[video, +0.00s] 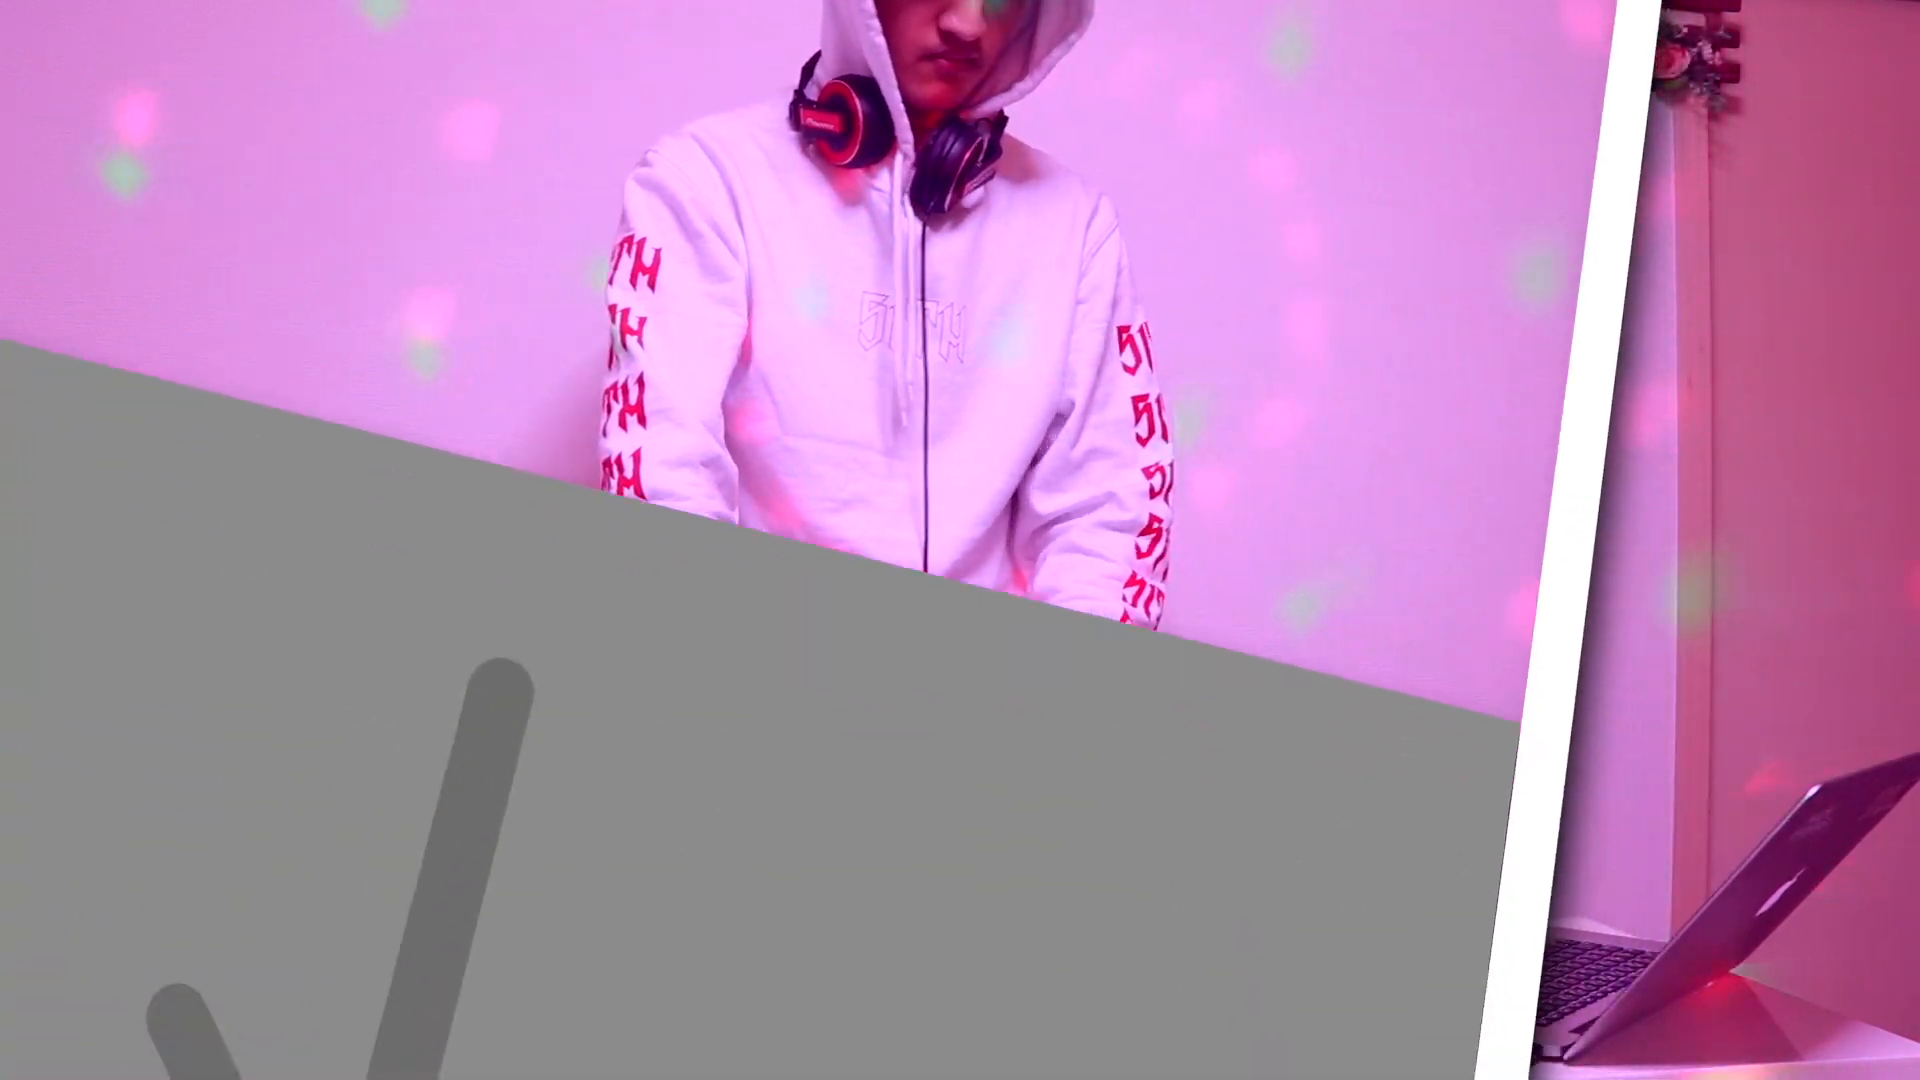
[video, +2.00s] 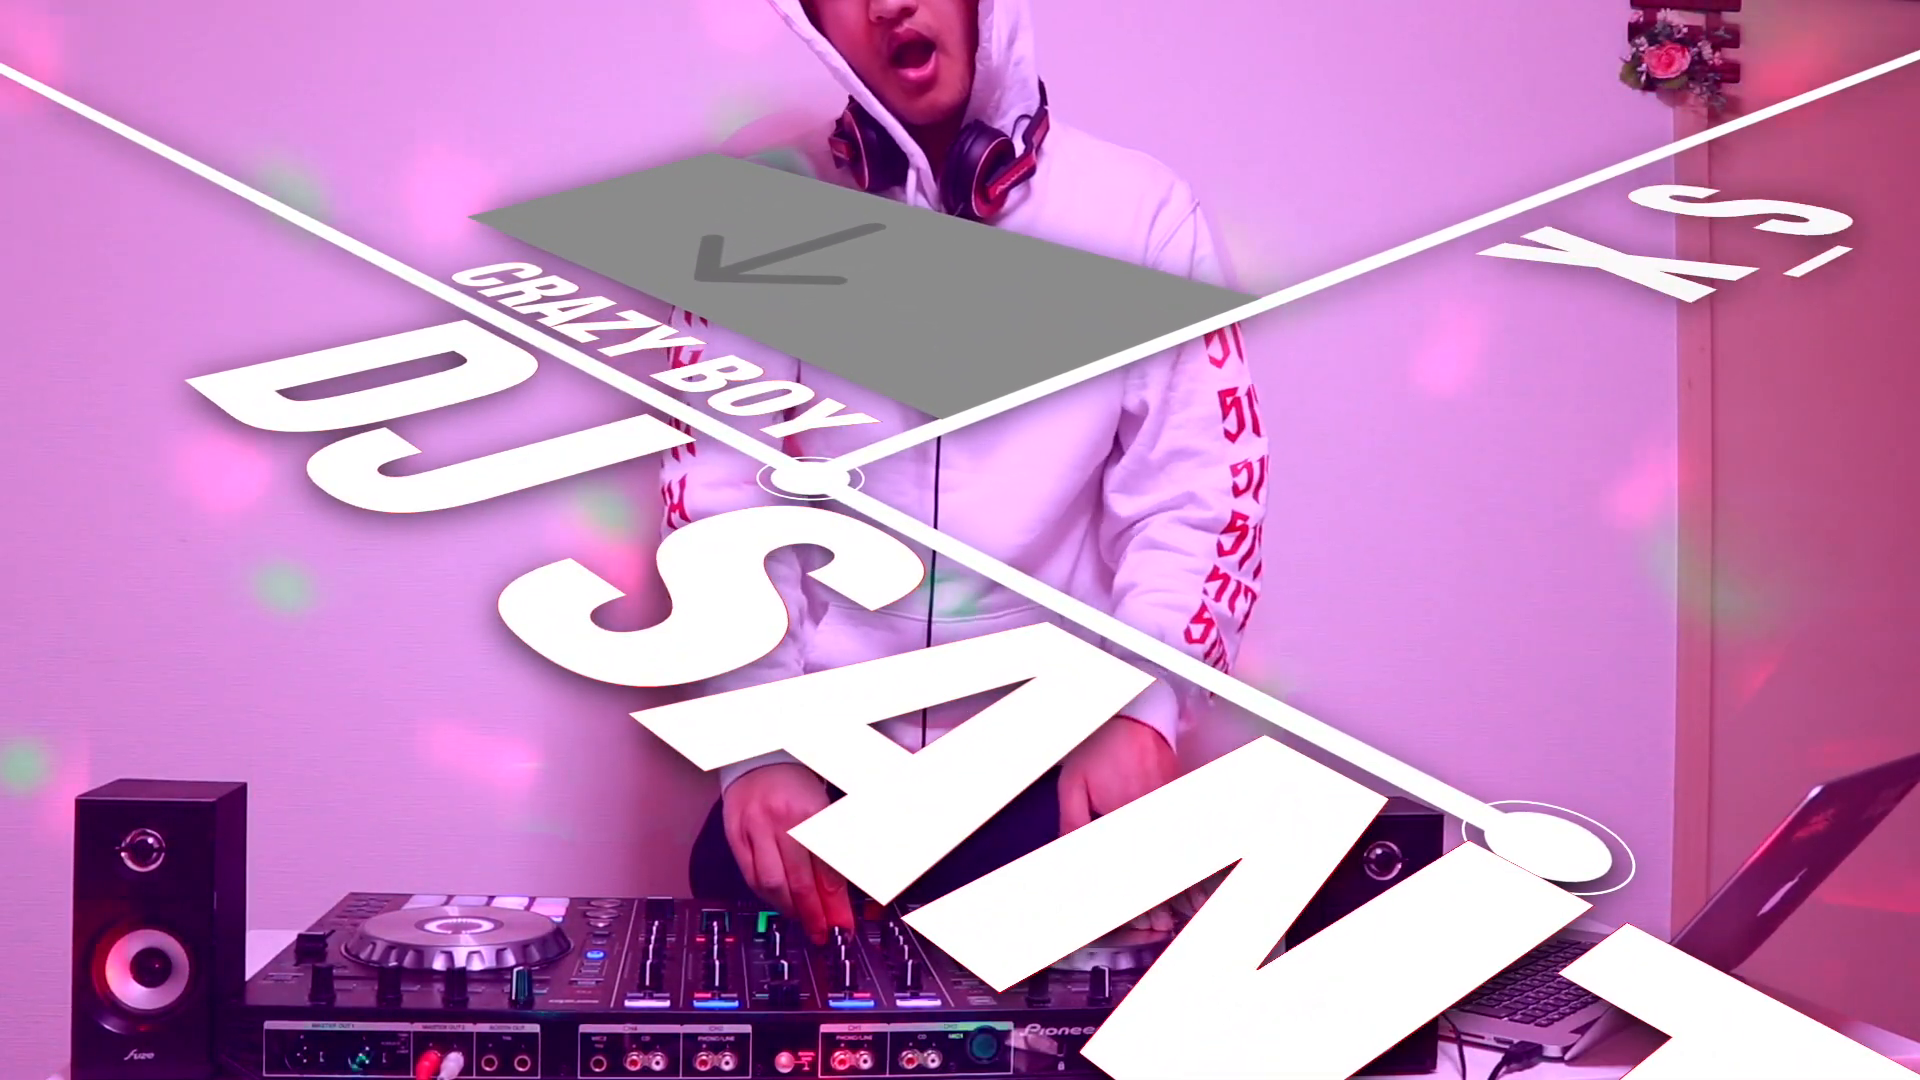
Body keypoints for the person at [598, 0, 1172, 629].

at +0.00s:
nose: (967, 25)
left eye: (1001, 1)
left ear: (1029, 23)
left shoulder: (1073, 224)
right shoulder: (705, 179)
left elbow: (1114, 514)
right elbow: (659, 469)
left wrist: (1048, 682)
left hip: (986, 654)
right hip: (759, 625)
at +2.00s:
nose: (893, 9)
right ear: (813, 21)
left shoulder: (1137, 210)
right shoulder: (764, 227)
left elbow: (1197, 497)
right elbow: (719, 505)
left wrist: (1143, 712)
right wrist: (759, 742)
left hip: (1058, 766)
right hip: (811, 772)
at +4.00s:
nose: (687, 30)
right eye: (646, 1)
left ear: (748, 13)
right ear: (585, 17)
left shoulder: (831, 206)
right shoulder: (518, 221)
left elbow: (935, 478)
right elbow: (581, 476)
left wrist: (938, 322)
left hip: (807, 574)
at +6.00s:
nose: (676, 14)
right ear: (589, 3)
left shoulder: (853, 190)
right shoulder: (476, 191)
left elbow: (967, 424)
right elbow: (375, 421)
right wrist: (491, 390)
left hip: (768, 601)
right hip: (517, 593)